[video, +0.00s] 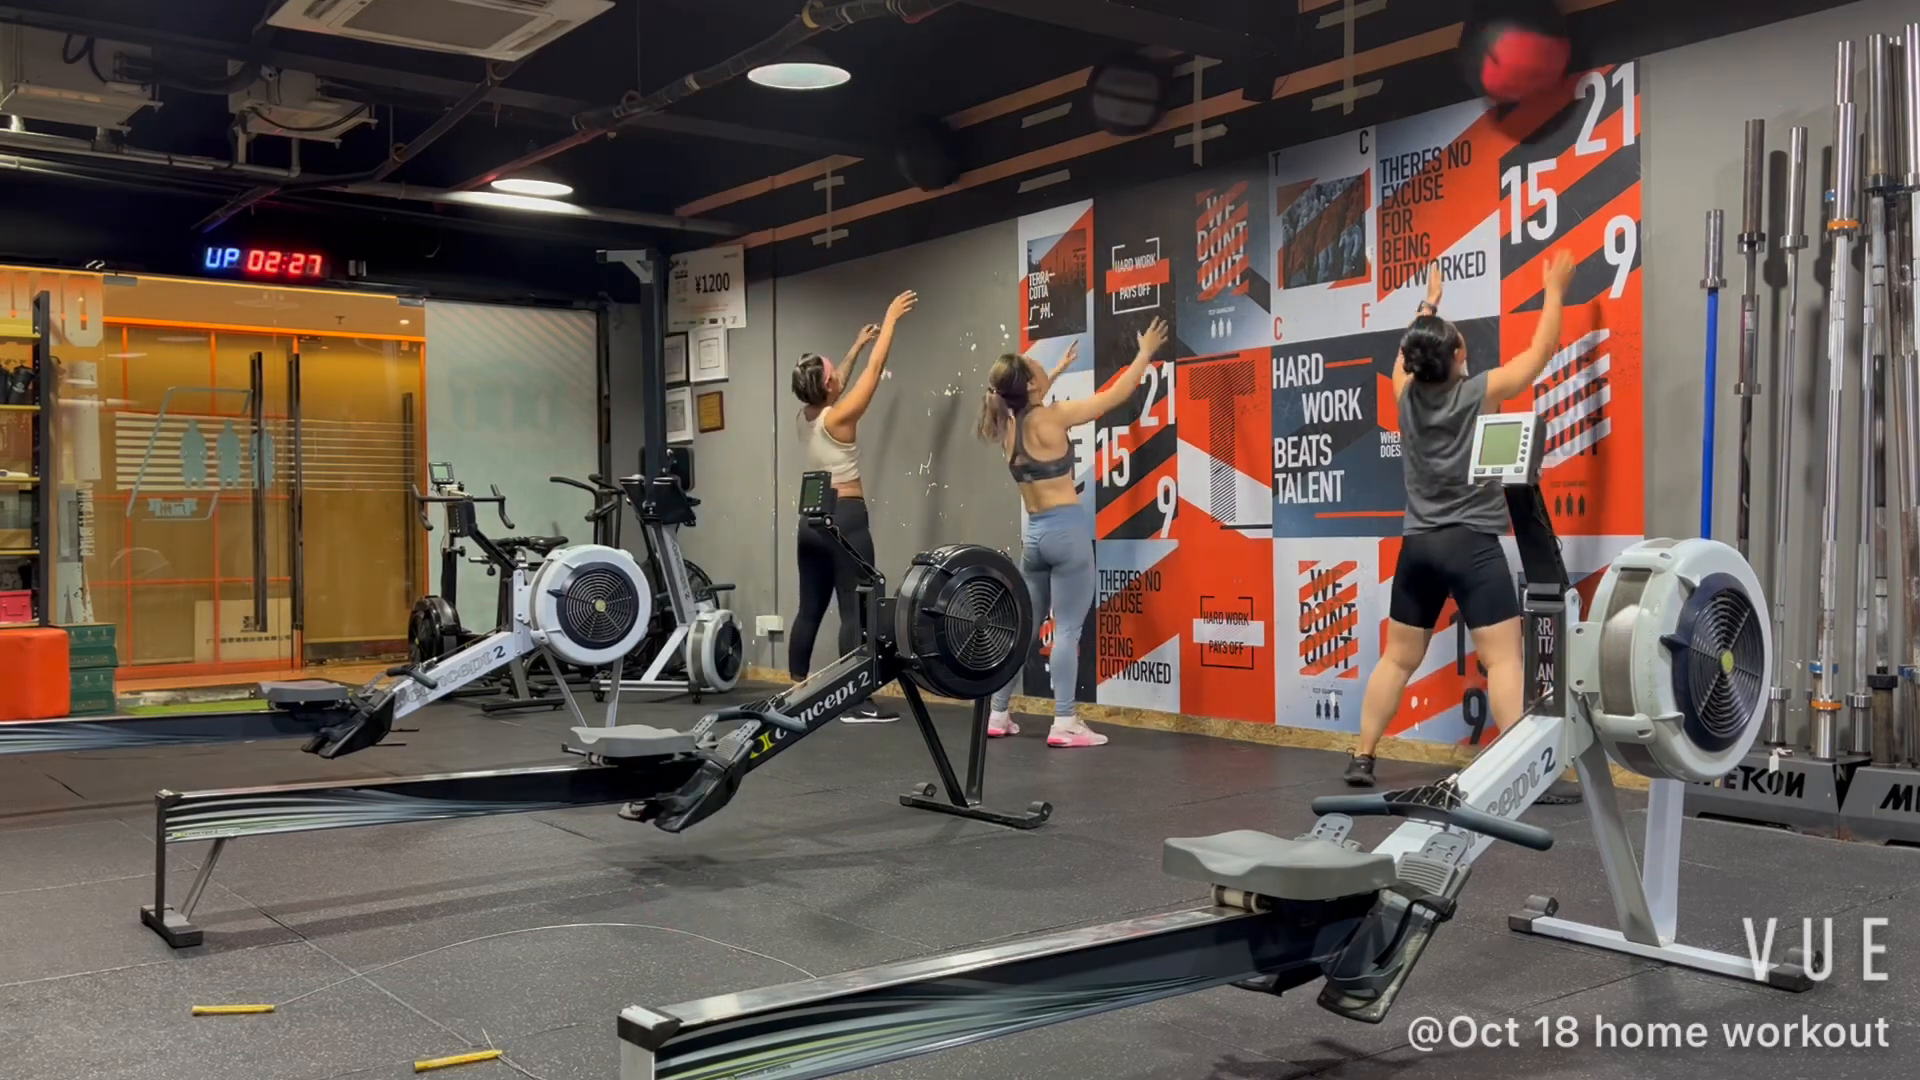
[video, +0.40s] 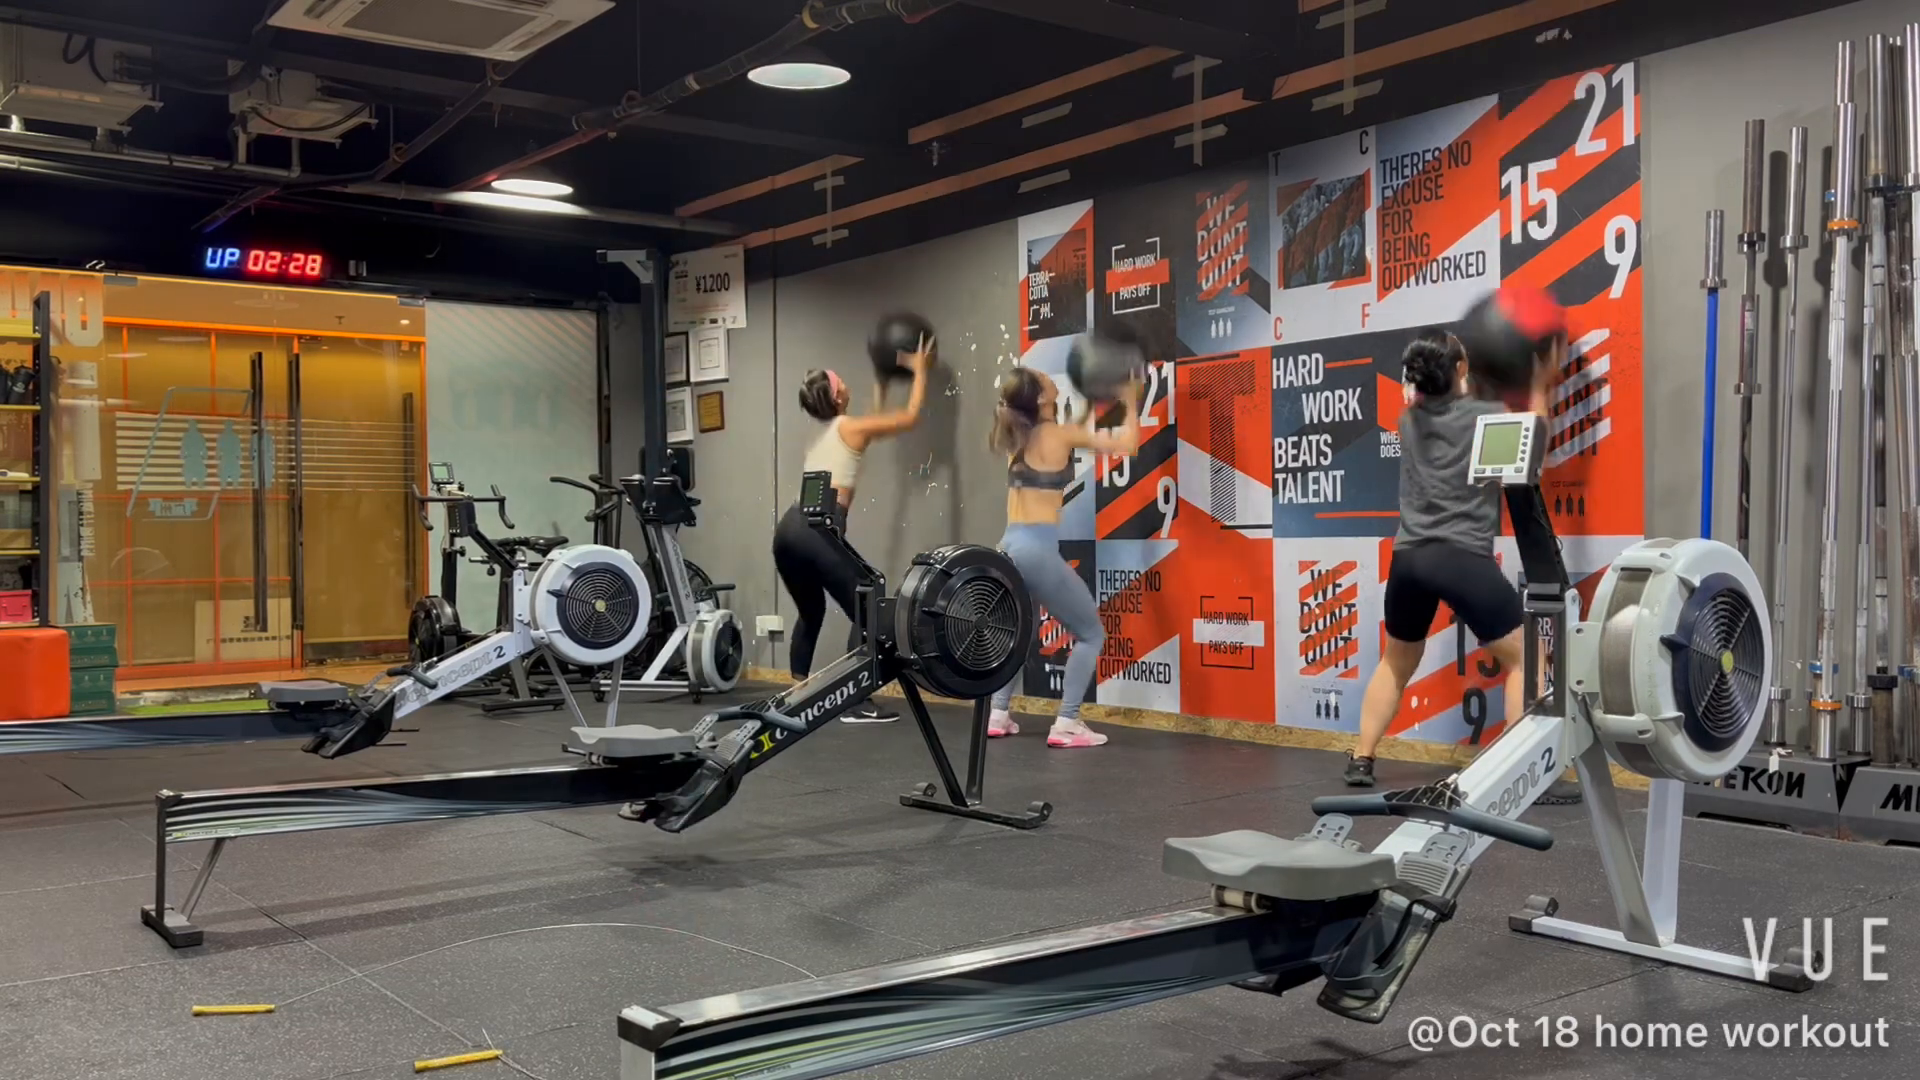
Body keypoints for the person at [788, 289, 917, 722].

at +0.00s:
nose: (837, 370)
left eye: (833, 366)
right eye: (833, 369)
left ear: (811, 389)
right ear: (828, 383)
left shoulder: (807, 416)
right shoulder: (841, 415)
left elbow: (833, 382)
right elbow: (877, 367)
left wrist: (857, 347)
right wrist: (891, 317)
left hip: (813, 515)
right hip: (846, 513)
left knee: (809, 611)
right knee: (854, 612)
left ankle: (797, 694)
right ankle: (854, 700)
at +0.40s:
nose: (842, 381)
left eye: (837, 379)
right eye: (838, 381)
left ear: (821, 404)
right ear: (837, 397)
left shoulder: (825, 433)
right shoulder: (851, 427)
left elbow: (877, 425)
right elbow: (909, 418)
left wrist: (880, 385)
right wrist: (920, 370)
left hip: (788, 533)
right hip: (817, 532)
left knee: (810, 612)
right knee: (868, 605)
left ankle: (797, 694)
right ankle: (855, 699)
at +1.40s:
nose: (856, 369)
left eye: (850, 366)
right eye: (851, 369)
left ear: (832, 391)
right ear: (850, 385)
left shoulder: (832, 426)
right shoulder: (861, 422)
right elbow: (918, 444)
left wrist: (868, 400)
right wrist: (906, 401)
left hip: (807, 521)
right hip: (837, 523)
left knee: (817, 607)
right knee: (870, 602)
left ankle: (799, 686)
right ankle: (861, 695)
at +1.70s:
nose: (837, 363)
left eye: (833, 362)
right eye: (833, 363)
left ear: (816, 384)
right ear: (829, 380)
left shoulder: (818, 412)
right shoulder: (851, 405)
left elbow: (833, 359)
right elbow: (873, 350)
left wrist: (850, 317)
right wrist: (881, 297)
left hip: (821, 513)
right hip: (854, 513)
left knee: (821, 605)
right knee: (862, 603)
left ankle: (803, 690)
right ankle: (855, 695)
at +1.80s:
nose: (835, 366)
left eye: (831, 364)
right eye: (830, 366)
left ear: (811, 387)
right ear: (824, 382)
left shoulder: (807, 417)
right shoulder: (842, 414)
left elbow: (827, 373)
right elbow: (869, 359)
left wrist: (848, 334)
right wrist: (879, 309)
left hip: (820, 512)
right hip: (852, 513)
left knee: (818, 609)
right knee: (861, 608)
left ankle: (800, 694)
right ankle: (854, 697)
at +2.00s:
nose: (824, 368)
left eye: (819, 364)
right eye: (819, 366)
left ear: (800, 386)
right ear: (813, 380)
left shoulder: (799, 420)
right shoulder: (828, 412)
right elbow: (872, 367)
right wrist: (893, 316)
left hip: (809, 515)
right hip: (839, 512)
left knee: (808, 612)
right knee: (854, 608)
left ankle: (800, 695)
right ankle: (853, 697)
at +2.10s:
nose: (822, 368)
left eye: (816, 364)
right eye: (817, 366)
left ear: (798, 385)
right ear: (810, 379)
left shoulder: (796, 420)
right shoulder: (824, 411)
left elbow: (811, 456)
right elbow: (868, 372)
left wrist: (842, 441)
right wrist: (891, 319)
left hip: (799, 516)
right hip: (829, 514)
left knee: (801, 614)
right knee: (848, 609)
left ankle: (799, 695)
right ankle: (850, 697)